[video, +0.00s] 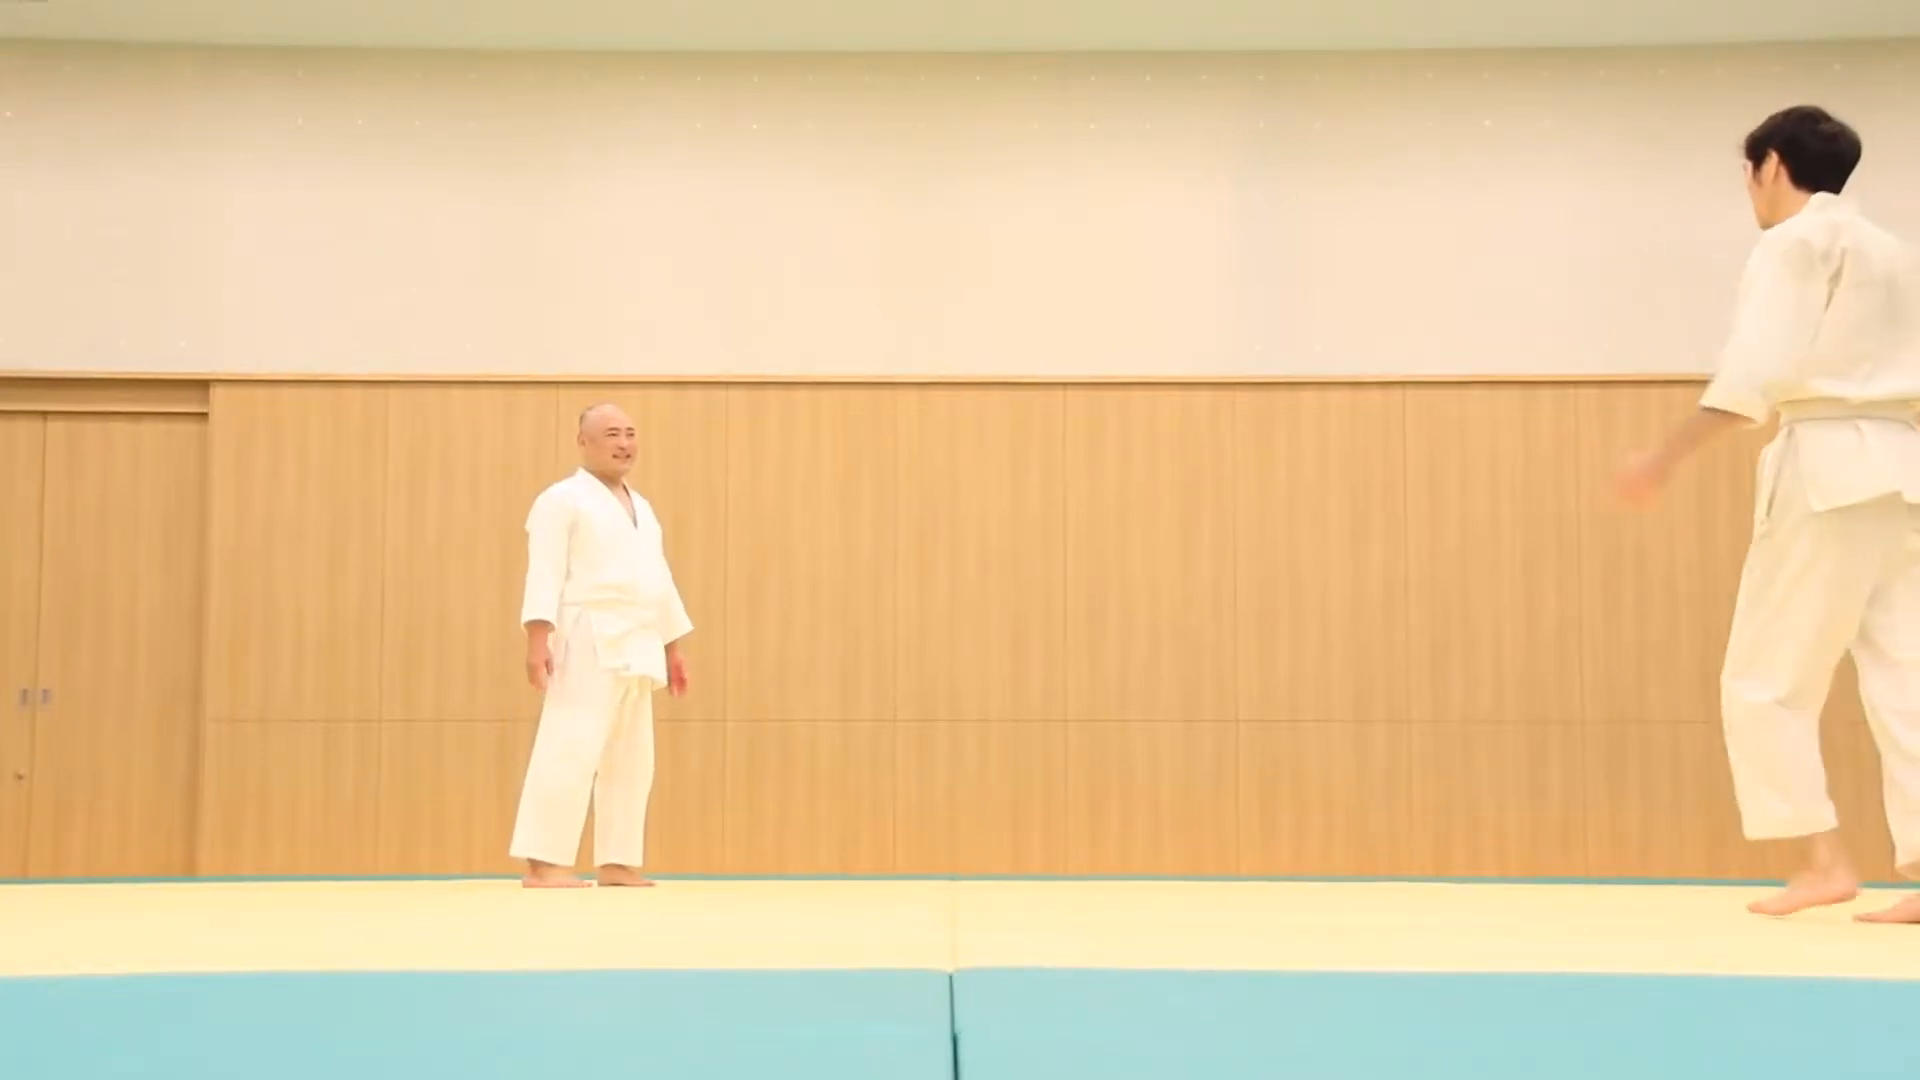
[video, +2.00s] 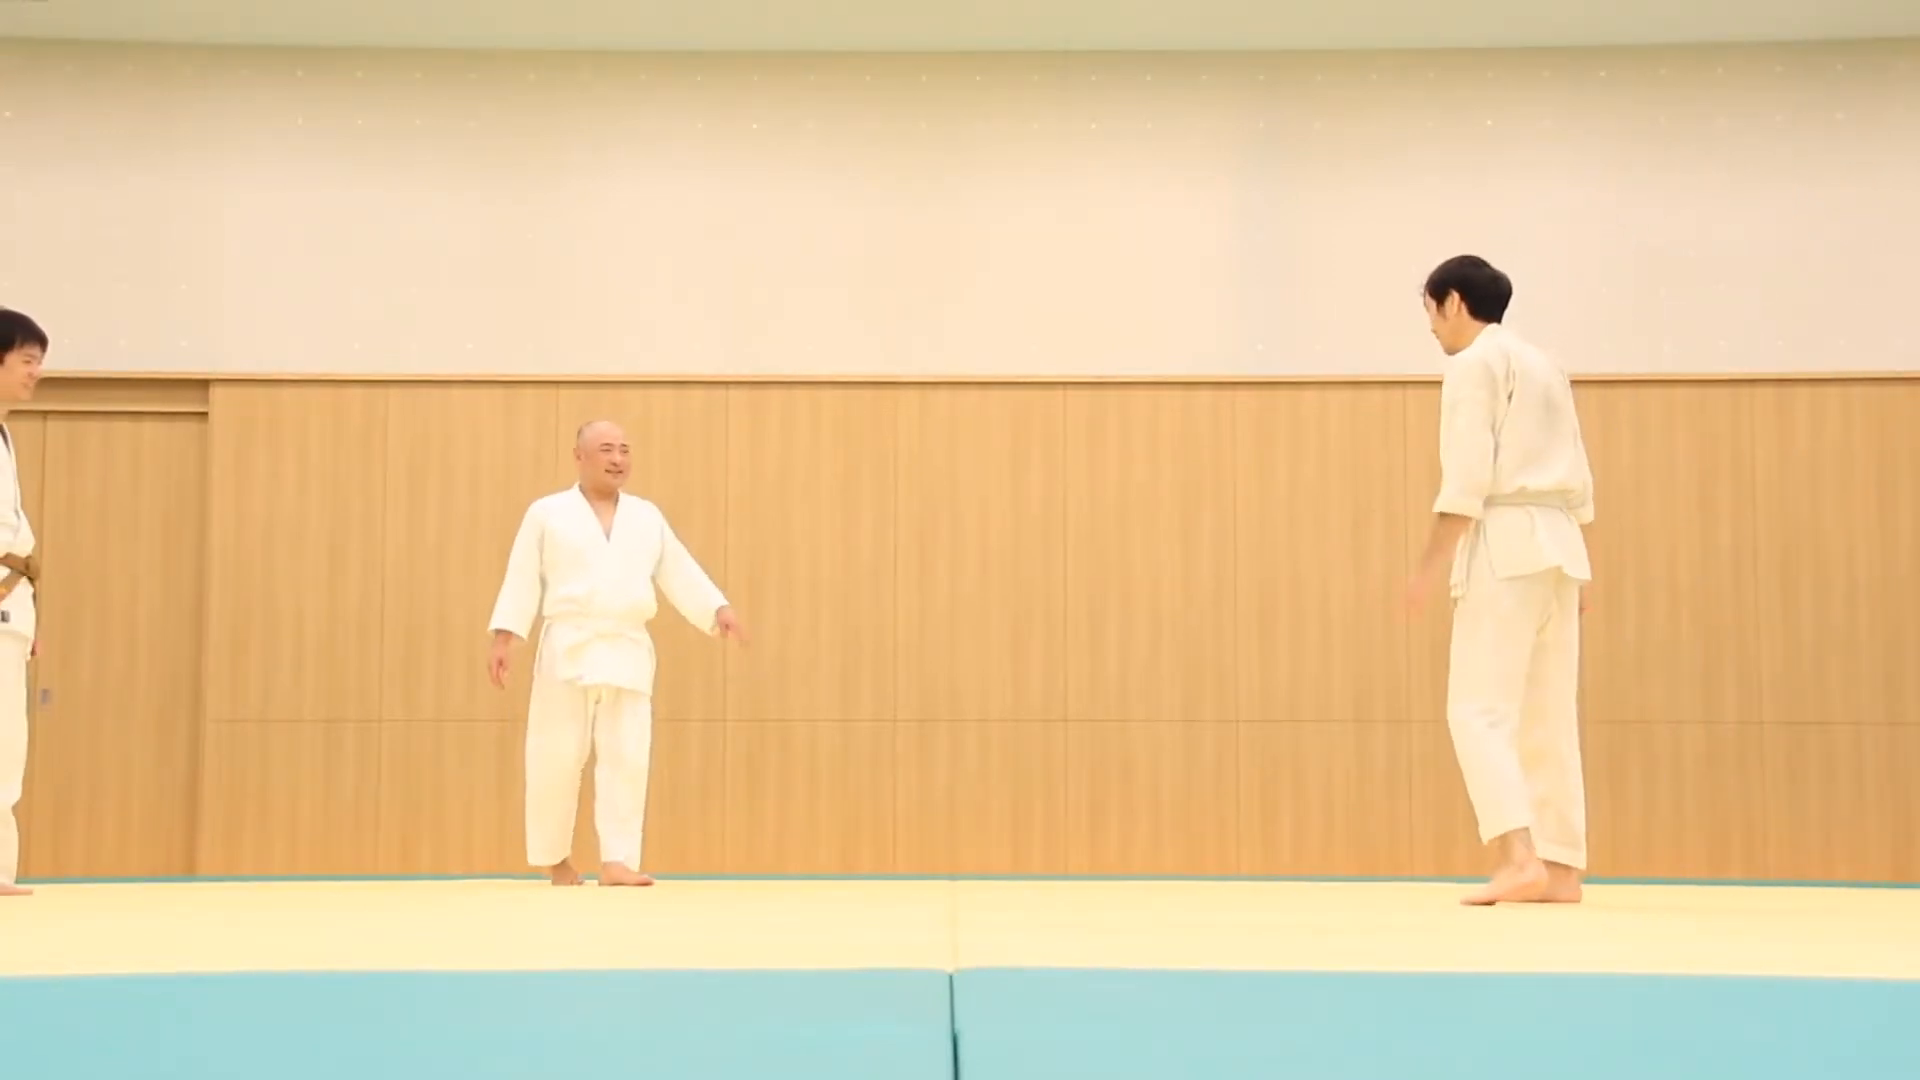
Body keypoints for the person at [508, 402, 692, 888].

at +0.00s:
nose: (624, 442)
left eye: (630, 434)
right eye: (611, 434)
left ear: (638, 443)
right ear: (583, 444)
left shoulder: (640, 506)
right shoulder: (561, 500)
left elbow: (658, 580)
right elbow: (543, 572)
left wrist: (671, 645)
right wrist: (538, 637)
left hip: (638, 648)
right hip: (584, 644)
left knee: (630, 756)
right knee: (568, 751)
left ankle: (617, 863)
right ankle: (543, 864)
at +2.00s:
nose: (618, 458)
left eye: (624, 450)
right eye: (606, 449)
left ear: (631, 459)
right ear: (580, 458)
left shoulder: (646, 517)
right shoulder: (547, 513)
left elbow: (679, 570)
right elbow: (522, 577)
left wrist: (717, 608)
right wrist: (504, 637)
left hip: (628, 649)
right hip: (565, 648)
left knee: (627, 757)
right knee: (557, 755)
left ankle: (618, 863)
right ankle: (558, 860)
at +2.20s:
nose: (603, 470)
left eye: (611, 462)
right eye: (592, 462)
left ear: (619, 468)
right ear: (567, 467)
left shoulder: (635, 514)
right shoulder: (536, 519)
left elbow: (679, 541)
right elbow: (513, 582)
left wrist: (671, 552)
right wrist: (498, 638)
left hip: (615, 650)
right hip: (555, 650)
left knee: (621, 756)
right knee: (557, 758)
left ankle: (615, 861)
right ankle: (561, 866)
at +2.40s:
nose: (597, 471)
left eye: (605, 462)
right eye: (586, 462)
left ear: (615, 467)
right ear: (563, 465)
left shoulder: (625, 511)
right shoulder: (532, 515)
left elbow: (657, 518)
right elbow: (507, 582)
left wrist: (612, 503)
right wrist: (490, 646)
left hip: (613, 647)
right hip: (553, 647)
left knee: (620, 754)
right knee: (555, 755)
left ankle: (610, 859)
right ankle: (562, 862)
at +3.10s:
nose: (601, 475)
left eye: (610, 466)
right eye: (590, 466)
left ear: (619, 470)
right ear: (568, 471)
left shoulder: (634, 512)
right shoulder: (541, 521)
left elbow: (683, 540)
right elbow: (522, 584)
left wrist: (650, 525)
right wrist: (512, 636)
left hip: (622, 651)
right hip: (565, 651)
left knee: (619, 758)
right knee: (562, 755)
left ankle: (610, 862)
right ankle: (564, 863)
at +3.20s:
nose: (599, 475)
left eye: (607, 465)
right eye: (587, 466)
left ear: (618, 468)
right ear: (568, 471)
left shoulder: (640, 515)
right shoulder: (542, 522)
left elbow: (689, 548)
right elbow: (522, 582)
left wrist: (673, 556)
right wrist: (512, 632)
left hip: (622, 651)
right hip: (564, 650)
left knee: (621, 759)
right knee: (561, 756)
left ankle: (612, 862)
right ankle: (564, 862)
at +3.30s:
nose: (598, 474)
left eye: (606, 464)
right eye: (586, 466)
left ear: (618, 467)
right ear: (569, 472)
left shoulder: (643, 519)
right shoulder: (546, 521)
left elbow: (674, 558)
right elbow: (524, 583)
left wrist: (698, 590)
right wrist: (511, 634)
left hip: (619, 652)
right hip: (559, 651)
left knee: (619, 760)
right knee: (555, 755)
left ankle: (612, 863)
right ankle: (562, 861)